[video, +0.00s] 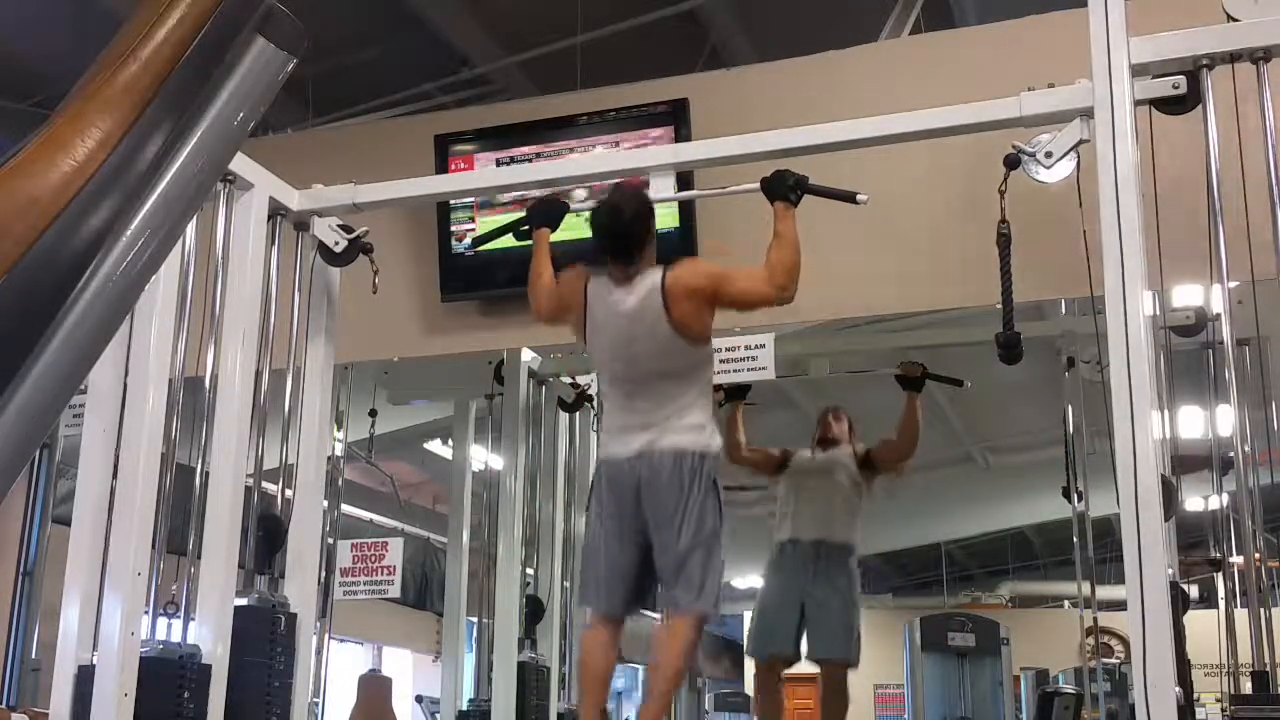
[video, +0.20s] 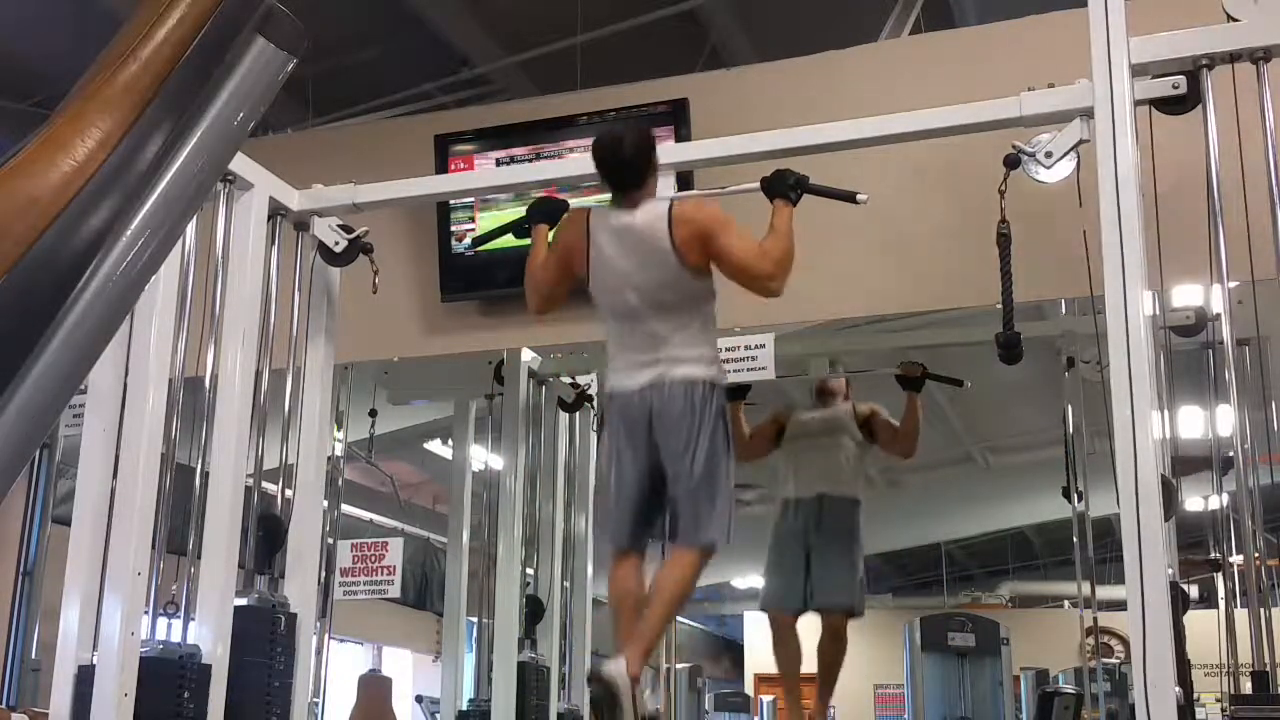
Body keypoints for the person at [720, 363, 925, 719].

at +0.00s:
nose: (830, 419)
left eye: (837, 417)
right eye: (824, 417)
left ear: (851, 432)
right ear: (815, 433)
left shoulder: (859, 457)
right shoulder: (791, 459)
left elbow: (903, 448)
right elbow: (737, 453)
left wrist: (912, 394)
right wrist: (735, 404)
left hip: (836, 563)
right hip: (786, 562)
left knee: (834, 668)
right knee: (767, 667)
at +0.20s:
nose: (826, 378)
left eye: (834, 375)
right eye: (820, 376)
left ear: (847, 388)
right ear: (813, 389)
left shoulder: (862, 413)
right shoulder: (789, 417)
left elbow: (904, 446)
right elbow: (745, 449)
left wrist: (913, 395)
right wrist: (734, 405)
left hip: (840, 516)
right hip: (791, 516)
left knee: (835, 618)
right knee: (780, 614)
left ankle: (822, 709)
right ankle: (794, 710)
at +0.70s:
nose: (834, 422)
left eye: (842, 420)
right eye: (829, 419)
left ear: (853, 434)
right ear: (818, 433)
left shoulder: (861, 463)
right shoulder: (795, 463)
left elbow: (906, 448)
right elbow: (744, 453)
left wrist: (912, 395)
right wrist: (736, 404)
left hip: (841, 564)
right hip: (794, 565)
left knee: (842, 667)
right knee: (794, 667)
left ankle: (838, 714)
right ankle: (817, 715)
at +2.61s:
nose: (825, 395)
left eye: (834, 391)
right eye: (820, 391)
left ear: (848, 402)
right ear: (813, 403)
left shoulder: (861, 431)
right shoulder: (793, 436)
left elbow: (908, 445)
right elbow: (742, 451)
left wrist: (913, 393)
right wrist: (737, 404)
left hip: (843, 535)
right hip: (795, 536)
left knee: (841, 639)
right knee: (785, 635)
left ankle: (826, 715)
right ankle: (815, 713)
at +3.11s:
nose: (828, 439)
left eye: (836, 436)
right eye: (822, 436)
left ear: (849, 448)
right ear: (813, 447)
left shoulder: (861, 477)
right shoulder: (792, 476)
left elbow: (908, 447)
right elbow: (744, 458)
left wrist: (912, 393)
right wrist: (735, 404)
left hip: (842, 583)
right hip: (792, 583)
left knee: (850, 691)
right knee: (790, 692)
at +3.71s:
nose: (828, 400)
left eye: (836, 398)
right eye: (822, 398)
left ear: (848, 413)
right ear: (813, 412)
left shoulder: (859, 441)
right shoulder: (792, 443)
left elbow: (910, 446)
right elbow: (740, 451)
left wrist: (912, 392)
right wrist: (735, 405)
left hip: (839, 543)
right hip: (791, 543)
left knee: (838, 646)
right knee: (781, 643)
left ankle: (829, 717)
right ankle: (811, 715)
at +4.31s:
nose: (830, 445)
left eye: (838, 441)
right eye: (825, 442)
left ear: (851, 454)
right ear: (815, 454)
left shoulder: (861, 482)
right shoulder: (791, 481)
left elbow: (907, 450)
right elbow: (740, 455)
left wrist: (912, 395)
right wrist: (736, 402)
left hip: (842, 591)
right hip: (791, 591)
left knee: (850, 697)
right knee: (789, 698)